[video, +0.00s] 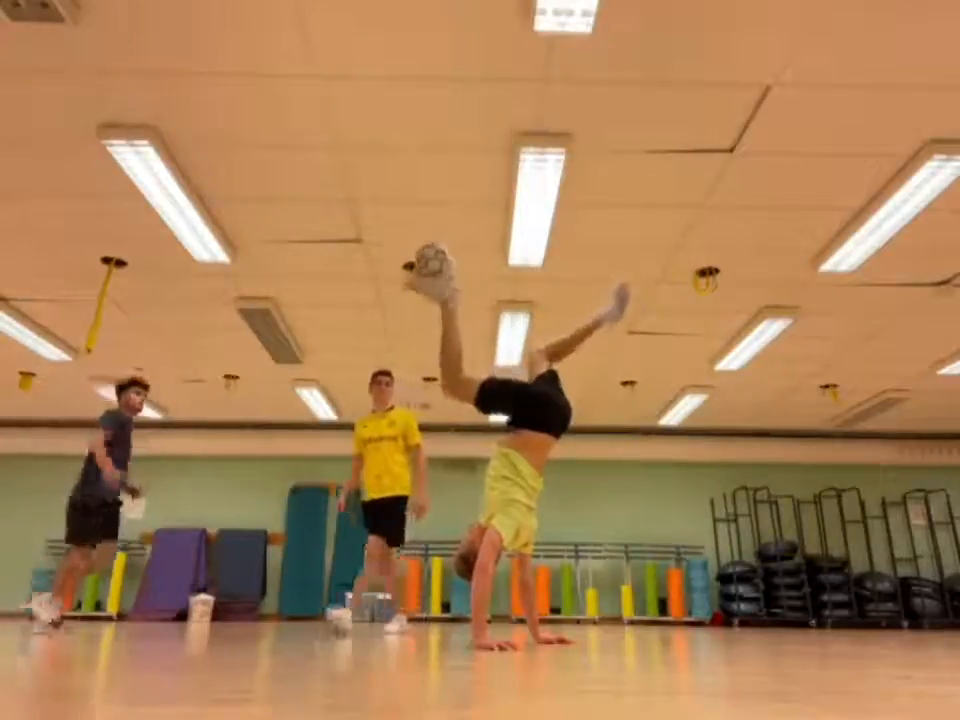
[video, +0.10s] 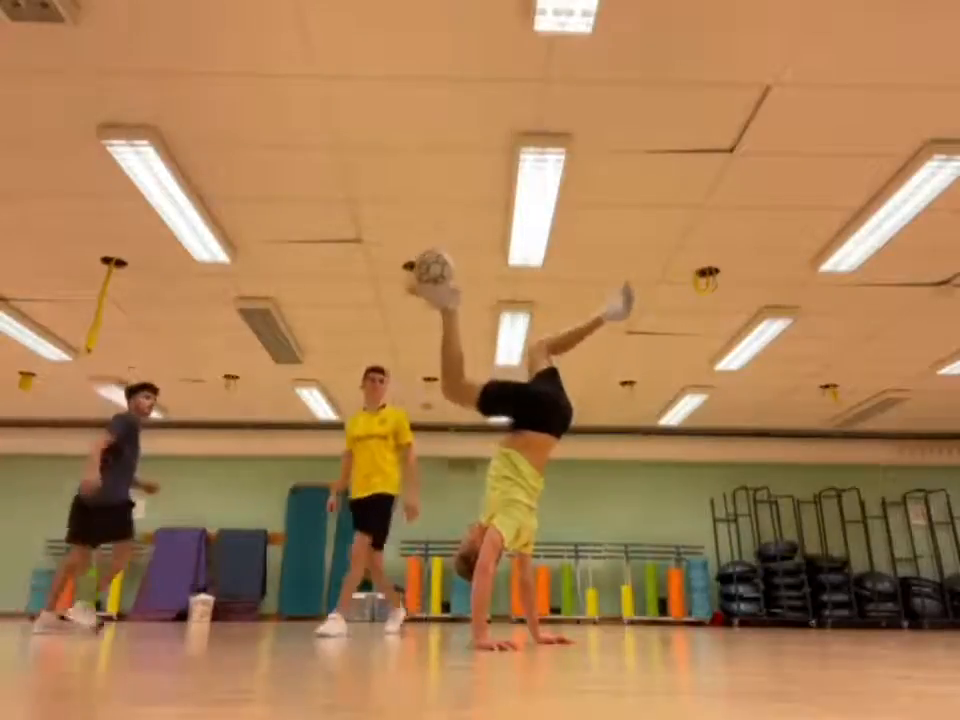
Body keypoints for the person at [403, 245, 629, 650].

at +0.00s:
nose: (472, 533)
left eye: (465, 537)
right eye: (473, 539)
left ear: (475, 550)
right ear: (480, 548)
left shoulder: (522, 538)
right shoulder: (497, 529)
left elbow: (527, 585)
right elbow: (482, 574)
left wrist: (536, 633)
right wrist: (480, 634)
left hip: (555, 417)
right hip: (534, 410)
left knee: (538, 356)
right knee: (453, 385)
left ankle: (604, 318)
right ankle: (449, 302)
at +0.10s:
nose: (470, 532)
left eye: (463, 538)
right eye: (471, 539)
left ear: (470, 549)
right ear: (477, 545)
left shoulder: (523, 538)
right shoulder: (498, 529)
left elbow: (526, 584)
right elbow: (483, 574)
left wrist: (537, 632)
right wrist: (480, 635)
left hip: (556, 416)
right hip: (535, 411)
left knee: (539, 347)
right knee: (454, 389)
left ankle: (606, 315)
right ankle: (449, 309)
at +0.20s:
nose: (468, 533)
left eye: (463, 538)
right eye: (470, 539)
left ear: (472, 549)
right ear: (476, 544)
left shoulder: (523, 539)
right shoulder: (498, 529)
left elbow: (526, 586)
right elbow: (483, 575)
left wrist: (537, 633)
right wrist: (480, 635)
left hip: (558, 417)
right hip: (534, 410)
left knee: (539, 345)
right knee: (453, 391)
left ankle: (610, 316)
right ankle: (450, 312)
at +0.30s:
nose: (471, 534)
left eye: (467, 540)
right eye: (472, 539)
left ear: (474, 549)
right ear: (478, 540)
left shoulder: (523, 538)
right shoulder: (500, 528)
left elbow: (525, 585)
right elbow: (483, 574)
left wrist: (537, 634)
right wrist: (481, 634)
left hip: (557, 416)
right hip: (538, 413)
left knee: (543, 344)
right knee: (459, 400)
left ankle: (614, 317)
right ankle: (451, 318)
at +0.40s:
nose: (471, 537)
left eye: (468, 541)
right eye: (472, 542)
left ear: (475, 552)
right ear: (480, 549)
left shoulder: (523, 537)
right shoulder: (498, 531)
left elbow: (525, 585)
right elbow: (483, 574)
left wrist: (536, 632)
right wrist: (481, 634)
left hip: (560, 414)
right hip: (542, 415)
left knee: (546, 343)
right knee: (463, 404)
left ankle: (620, 319)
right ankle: (457, 326)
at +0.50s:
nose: (472, 535)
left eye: (468, 540)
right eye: (474, 541)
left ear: (475, 550)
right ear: (482, 550)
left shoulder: (526, 539)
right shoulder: (499, 531)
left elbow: (528, 586)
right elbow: (484, 574)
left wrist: (536, 631)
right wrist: (481, 634)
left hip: (565, 416)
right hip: (546, 417)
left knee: (555, 344)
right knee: (466, 406)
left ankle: (630, 318)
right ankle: (463, 328)